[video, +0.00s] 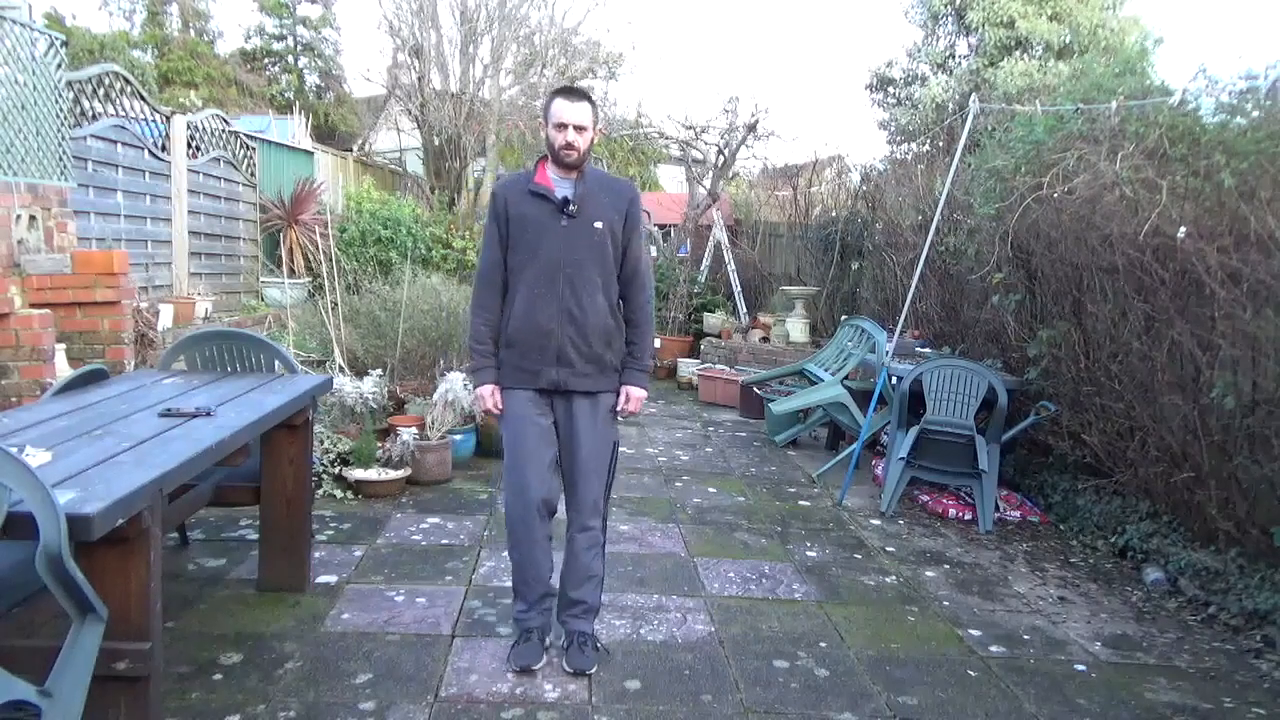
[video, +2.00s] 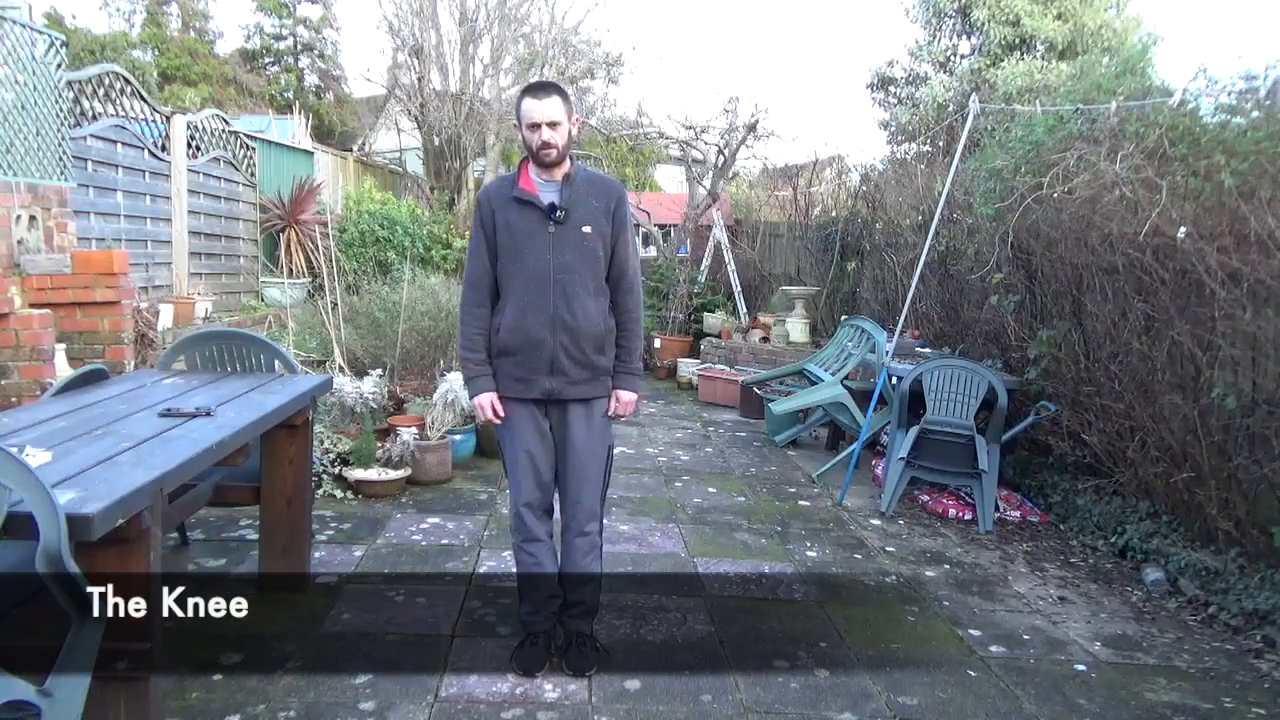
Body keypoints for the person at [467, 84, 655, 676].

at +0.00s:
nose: (570, 136)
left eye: (580, 127)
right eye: (561, 126)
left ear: (595, 133)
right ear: (544, 130)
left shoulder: (621, 196)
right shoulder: (510, 193)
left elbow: (638, 292)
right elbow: (488, 288)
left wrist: (637, 372)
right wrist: (484, 370)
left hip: (596, 378)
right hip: (521, 376)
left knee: (588, 510)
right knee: (529, 501)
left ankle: (580, 627)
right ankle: (529, 623)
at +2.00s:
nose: (543, 136)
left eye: (552, 125)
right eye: (532, 127)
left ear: (573, 125)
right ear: (520, 131)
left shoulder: (607, 194)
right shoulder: (494, 198)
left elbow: (627, 291)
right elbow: (475, 296)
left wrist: (628, 376)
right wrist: (477, 379)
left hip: (590, 378)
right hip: (516, 379)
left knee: (584, 509)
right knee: (529, 507)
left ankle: (580, 631)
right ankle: (536, 632)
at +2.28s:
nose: (544, 137)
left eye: (554, 126)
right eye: (533, 127)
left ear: (572, 126)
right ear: (520, 129)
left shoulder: (606, 194)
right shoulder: (494, 199)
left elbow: (627, 290)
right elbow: (461, 283)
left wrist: (628, 375)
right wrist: (491, 300)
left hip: (589, 378)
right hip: (517, 380)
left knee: (584, 510)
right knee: (528, 506)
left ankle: (579, 631)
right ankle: (535, 631)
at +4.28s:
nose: (554, 138)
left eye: (564, 128)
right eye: (544, 127)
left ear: (579, 133)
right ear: (526, 130)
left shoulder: (607, 198)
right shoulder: (493, 199)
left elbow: (626, 293)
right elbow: (467, 292)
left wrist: (628, 377)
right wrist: (492, 266)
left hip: (591, 379)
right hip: (517, 380)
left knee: (583, 512)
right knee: (529, 511)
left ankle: (580, 626)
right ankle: (536, 628)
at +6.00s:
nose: (536, 141)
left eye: (545, 130)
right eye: (525, 132)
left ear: (565, 130)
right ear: (512, 134)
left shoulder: (599, 195)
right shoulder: (487, 198)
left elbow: (622, 292)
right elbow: (466, 295)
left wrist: (625, 375)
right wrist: (483, 249)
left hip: (587, 377)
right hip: (513, 380)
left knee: (582, 512)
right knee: (527, 512)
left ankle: (580, 626)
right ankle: (535, 627)